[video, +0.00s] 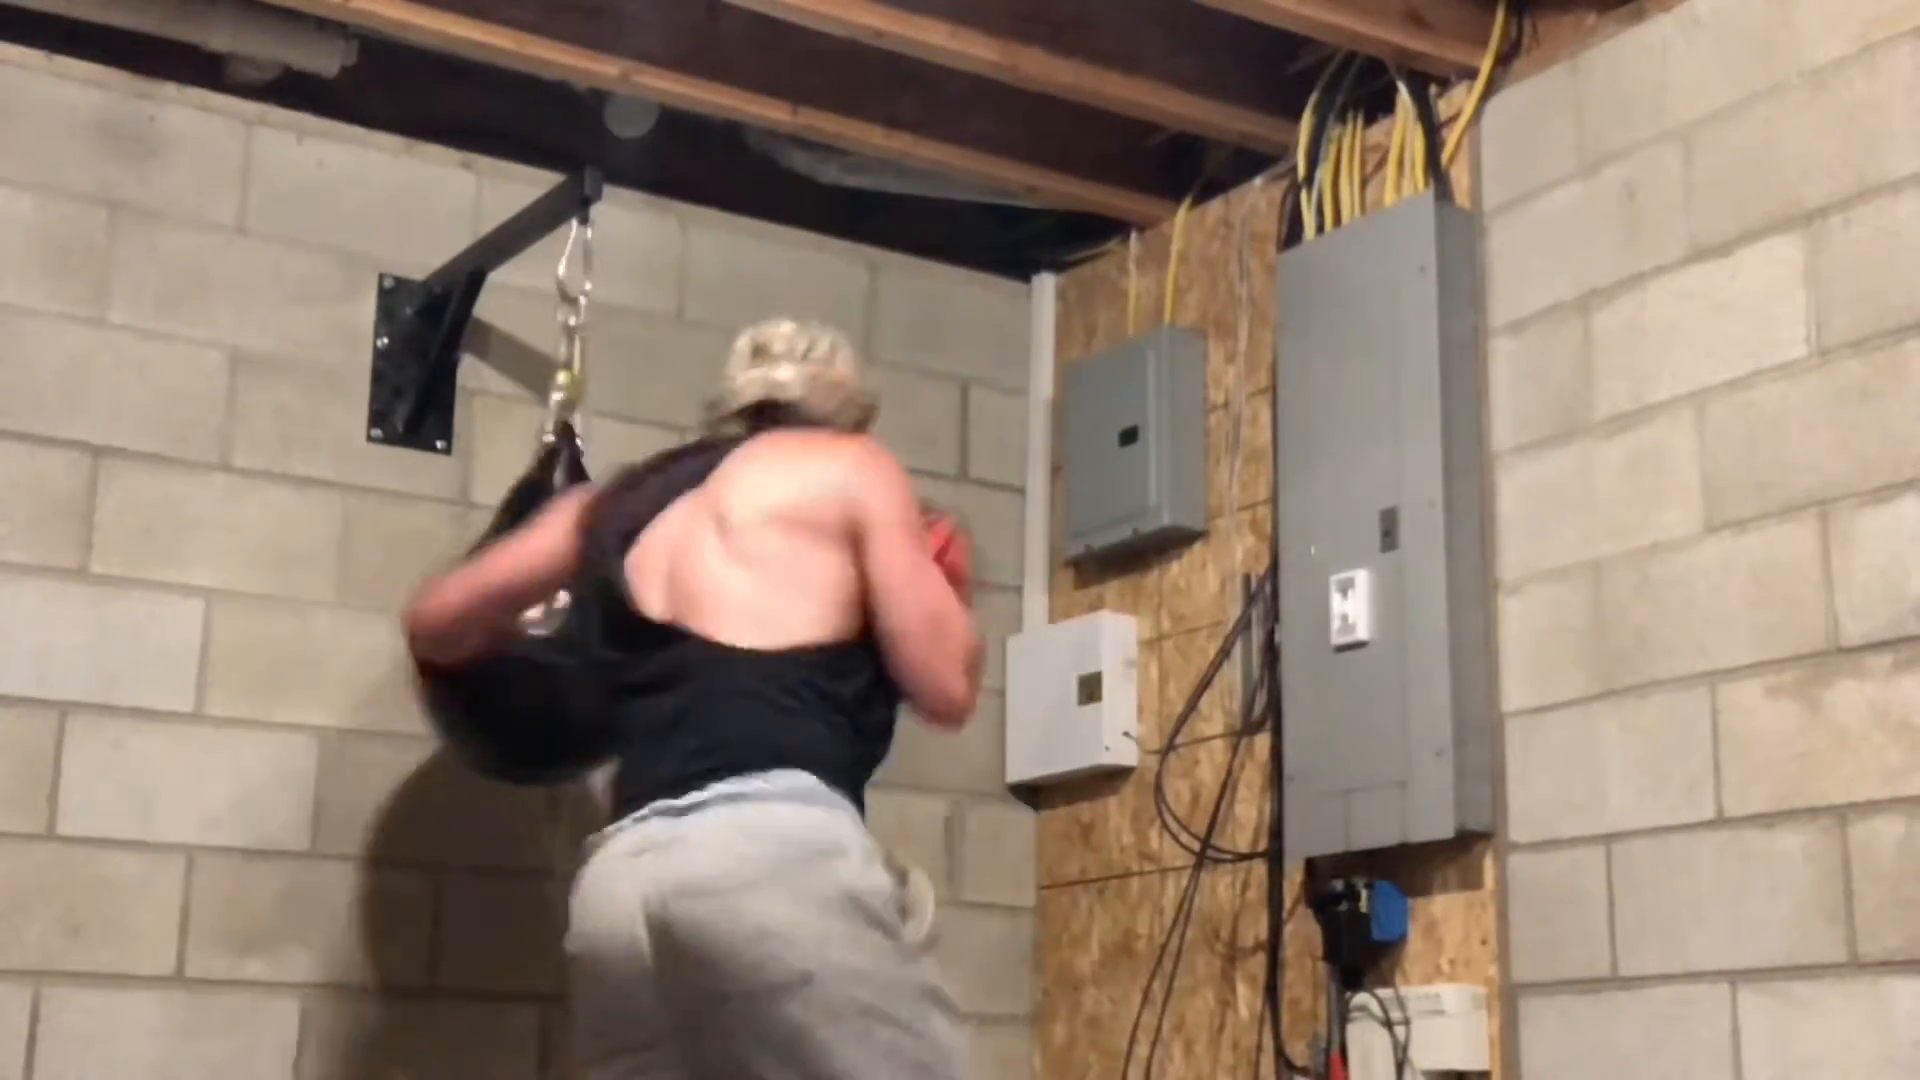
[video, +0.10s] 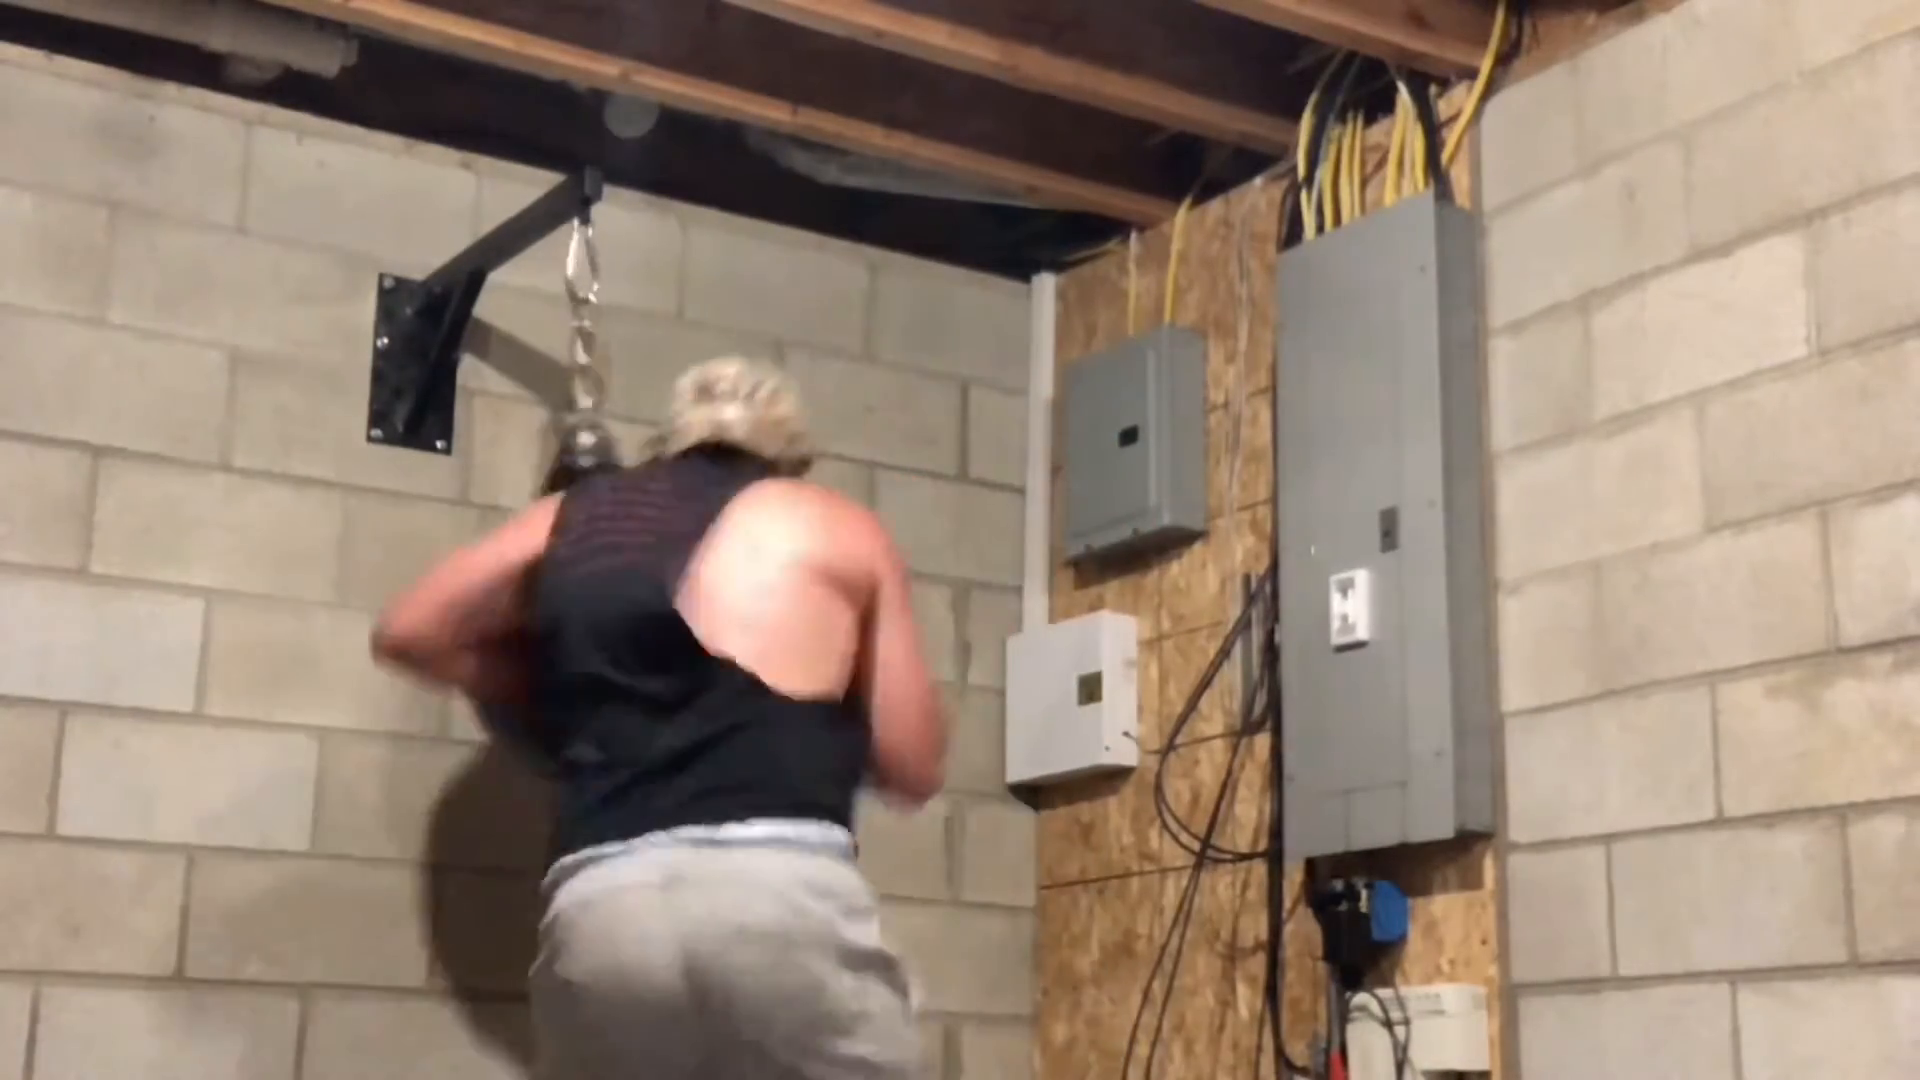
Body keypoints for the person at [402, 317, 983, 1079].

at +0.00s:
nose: (866, 423)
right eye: (860, 413)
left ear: (728, 405)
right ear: (847, 406)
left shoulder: (621, 501)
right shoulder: (854, 465)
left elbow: (435, 619)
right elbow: (947, 691)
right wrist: (947, 586)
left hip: (615, 879)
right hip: (778, 858)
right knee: (910, 1064)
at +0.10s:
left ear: (672, 441)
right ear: (791, 450)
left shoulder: (570, 512)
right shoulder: (847, 529)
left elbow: (408, 632)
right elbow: (916, 765)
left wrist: (547, 690)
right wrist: (819, 684)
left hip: (601, 910)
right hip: (789, 901)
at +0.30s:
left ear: (662, 432)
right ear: (789, 431)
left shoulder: (571, 514)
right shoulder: (858, 517)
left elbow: (471, 724)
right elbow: (905, 763)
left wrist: (607, 692)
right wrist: (802, 687)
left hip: (614, 921)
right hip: (806, 917)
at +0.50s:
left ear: (741, 380)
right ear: (871, 380)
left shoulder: (645, 480)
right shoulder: (941, 475)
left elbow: (540, 685)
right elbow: (1002, 723)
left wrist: (671, 680)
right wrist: (893, 648)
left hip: (686, 904)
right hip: (875, 895)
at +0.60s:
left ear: (795, 365)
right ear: (928, 365)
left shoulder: (698, 465)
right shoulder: (999, 461)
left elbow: (601, 666)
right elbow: (1050, 717)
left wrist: (735, 676)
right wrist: (930, 660)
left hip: (743, 888)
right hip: (937, 880)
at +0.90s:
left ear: (890, 324)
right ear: (1024, 332)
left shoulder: (792, 404)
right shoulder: (1111, 437)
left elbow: (686, 605)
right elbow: (1155, 703)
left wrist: (800, 613)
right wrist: (1030, 639)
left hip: (826, 855)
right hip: (1024, 858)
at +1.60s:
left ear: (810, 356)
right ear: (947, 357)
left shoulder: (752, 426)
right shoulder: (1062, 466)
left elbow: (648, 639)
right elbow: (1075, 726)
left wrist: (764, 576)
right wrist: (962, 619)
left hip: (783, 884)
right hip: (985, 891)